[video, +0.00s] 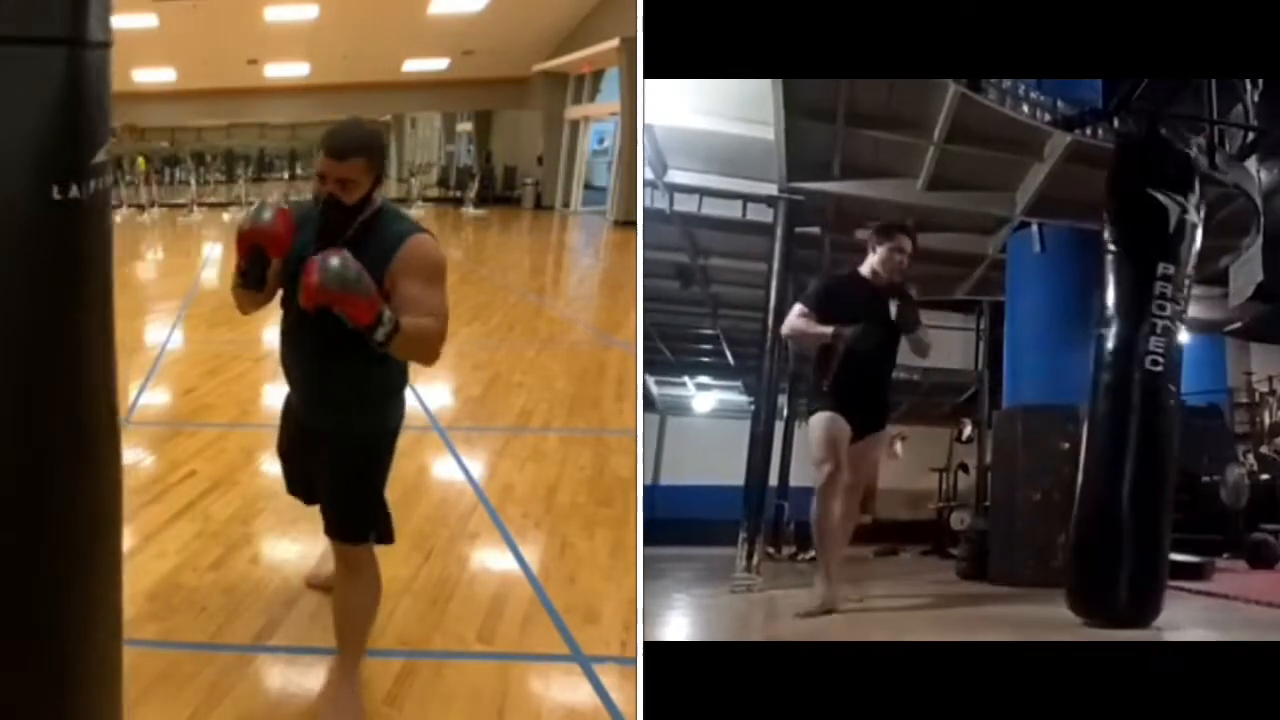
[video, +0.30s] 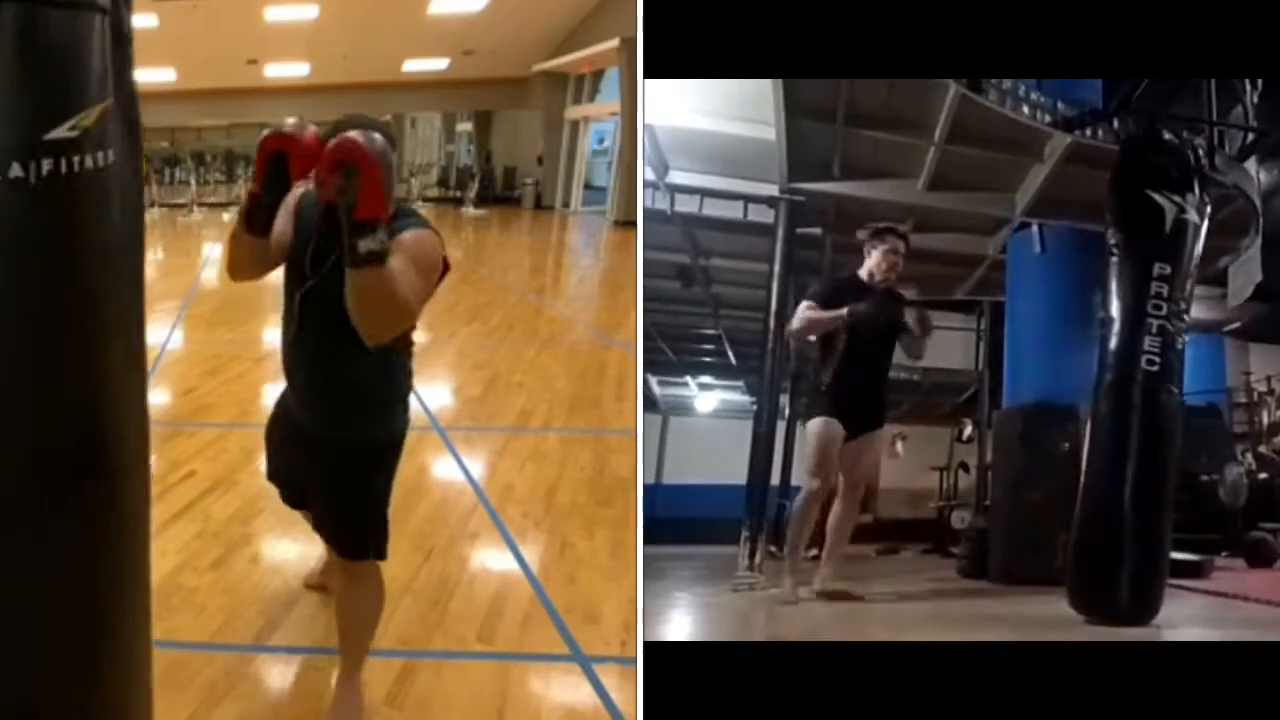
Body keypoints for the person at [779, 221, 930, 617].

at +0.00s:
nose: (902, 262)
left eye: (907, 256)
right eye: (896, 252)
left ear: (909, 262)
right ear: (873, 250)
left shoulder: (898, 301)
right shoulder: (836, 286)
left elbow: (923, 351)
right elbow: (791, 325)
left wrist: (911, 323)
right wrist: (836, 332)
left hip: (872, 404)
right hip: (831, 398)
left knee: (854, 496)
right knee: (830, 476)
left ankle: (828, 576)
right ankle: (825, 584)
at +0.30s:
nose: (894, 261)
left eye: (900, 256)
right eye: (889, 253)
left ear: (902, 263)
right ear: (867, 253)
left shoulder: (894, 302)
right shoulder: (837, 287)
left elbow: (914, 354)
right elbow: (799, 324)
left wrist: (919, 330)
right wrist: (849, 314)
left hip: (870, 405)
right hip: (830, 399)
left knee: (852, 492)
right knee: (817, 486)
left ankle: (828, 575)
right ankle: (790, 573)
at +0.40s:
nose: (890, 264)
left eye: (895, 258)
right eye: (884, 255)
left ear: (898, 266)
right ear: (864, 256)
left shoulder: (889, 304)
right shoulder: (837, 289)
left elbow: (881, 349)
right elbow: (811, 324)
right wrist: (864, 311)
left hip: (871, 405)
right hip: (829, 401)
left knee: (881, 491)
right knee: (805, 489)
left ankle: (842, 561)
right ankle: (787, 574)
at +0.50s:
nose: (889, 264)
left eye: (894, 260)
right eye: (884, 256)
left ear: (896, 268)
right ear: (863, 257)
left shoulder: (889, 306)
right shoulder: (833, 289)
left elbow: (881, 343)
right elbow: (812, 327)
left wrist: (908, 361)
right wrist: (864, 318)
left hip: (867, 406)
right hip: (825, 402)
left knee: (897, 459)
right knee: (799, 483)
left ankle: (865, 546)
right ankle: (788, 576)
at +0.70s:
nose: (901, 268)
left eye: (906, 263)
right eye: (896, 260)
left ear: (907, 270)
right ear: (875, 258)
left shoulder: (901, 304)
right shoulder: (843, 291)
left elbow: (908, 338)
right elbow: (806, 331)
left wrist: (922, 358)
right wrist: (856, 334)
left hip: (879, 400)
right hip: (836, 398)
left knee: (908, 477)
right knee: (805, 485)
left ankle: (921, 573)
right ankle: (787, 578)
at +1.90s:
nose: (869, 253)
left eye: (876, 248)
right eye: (863, 246)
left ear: (886, 256)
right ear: (846, 251)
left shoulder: (896, 295)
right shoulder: (817, 293)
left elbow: (932, 346)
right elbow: (777, 344)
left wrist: (945, 372)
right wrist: (792, 337)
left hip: (875, 404)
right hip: (827, 405)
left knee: (870, 480)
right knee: (787, 495)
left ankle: (888, 596)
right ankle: (795, 591)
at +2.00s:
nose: (834, 236)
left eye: (842, 228)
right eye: (830, 228)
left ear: (864, 229)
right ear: (828, 231)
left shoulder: (881, 269)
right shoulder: (850, 277)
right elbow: (860, 338)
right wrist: (819, 338)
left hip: (892, 380)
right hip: (859, 381)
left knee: (860, 469)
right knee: (822, 474)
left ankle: (899, 579)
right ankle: (806, 574)